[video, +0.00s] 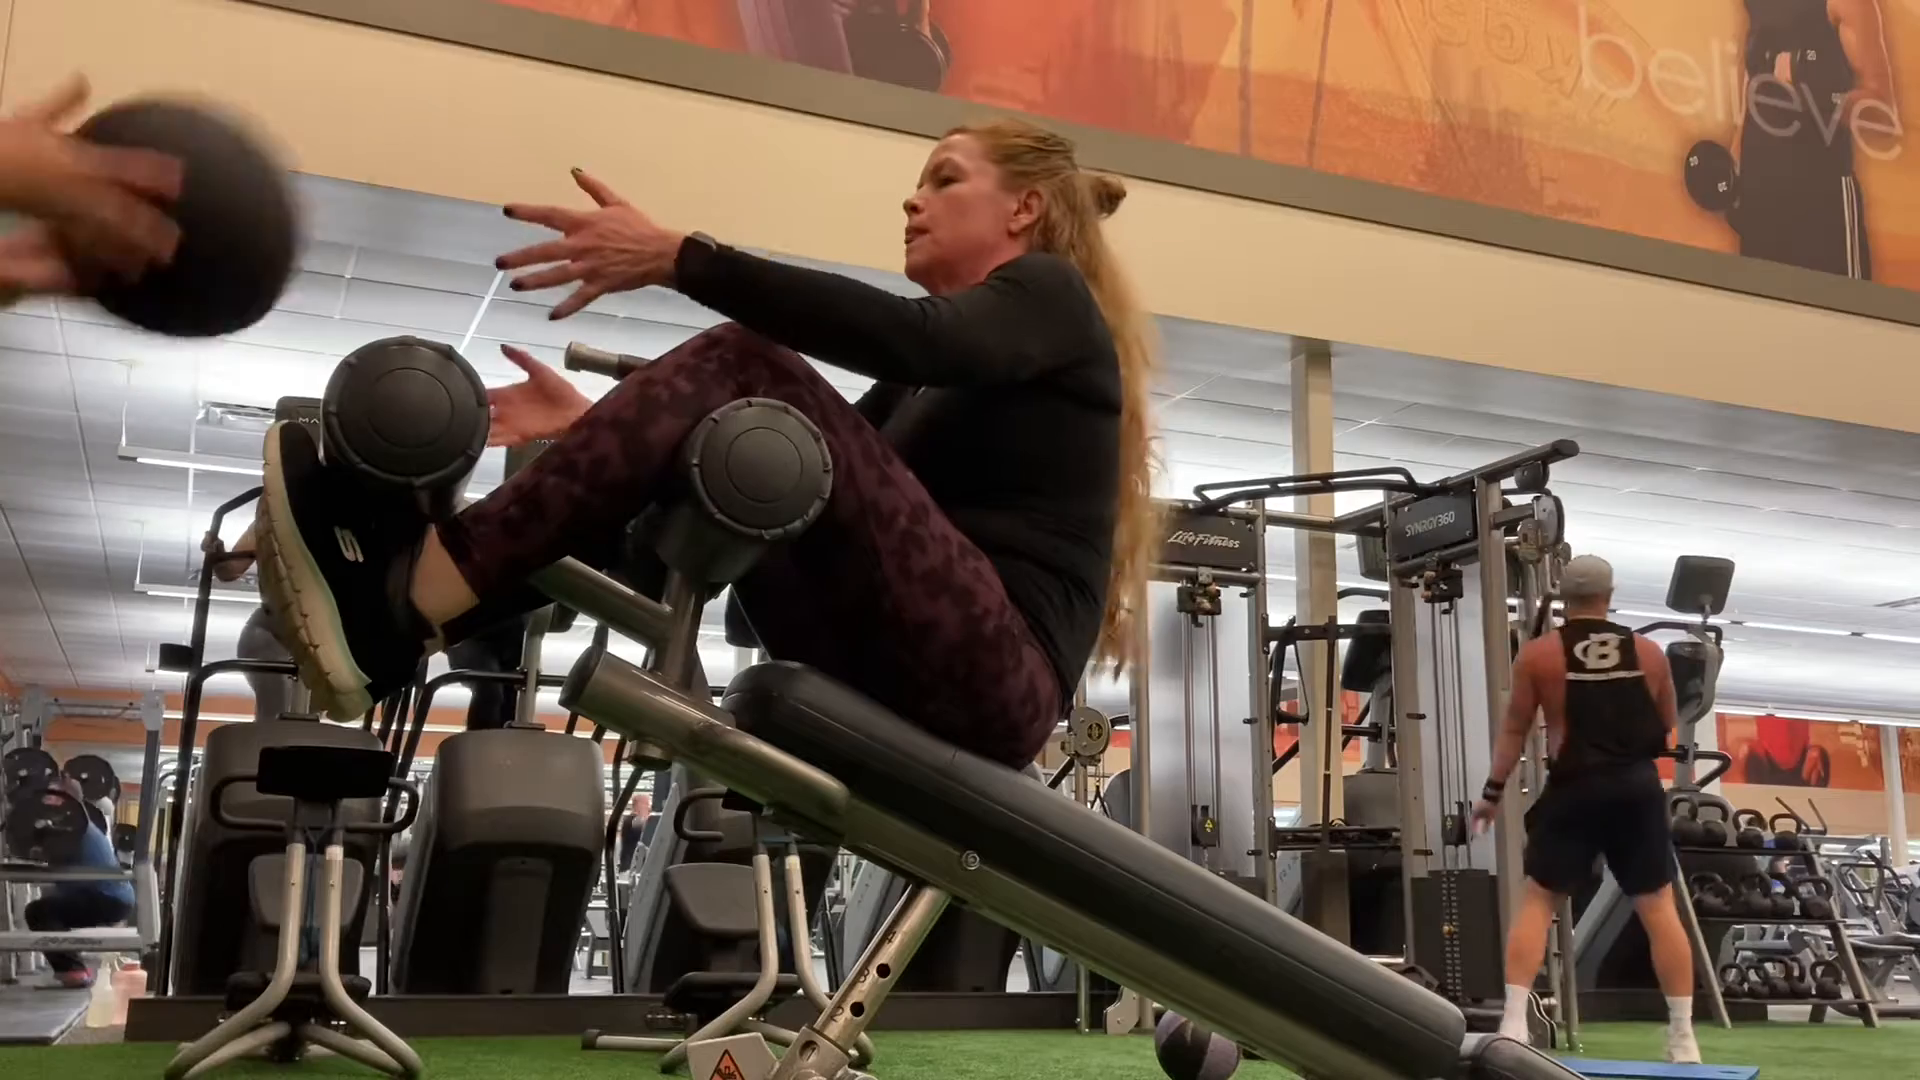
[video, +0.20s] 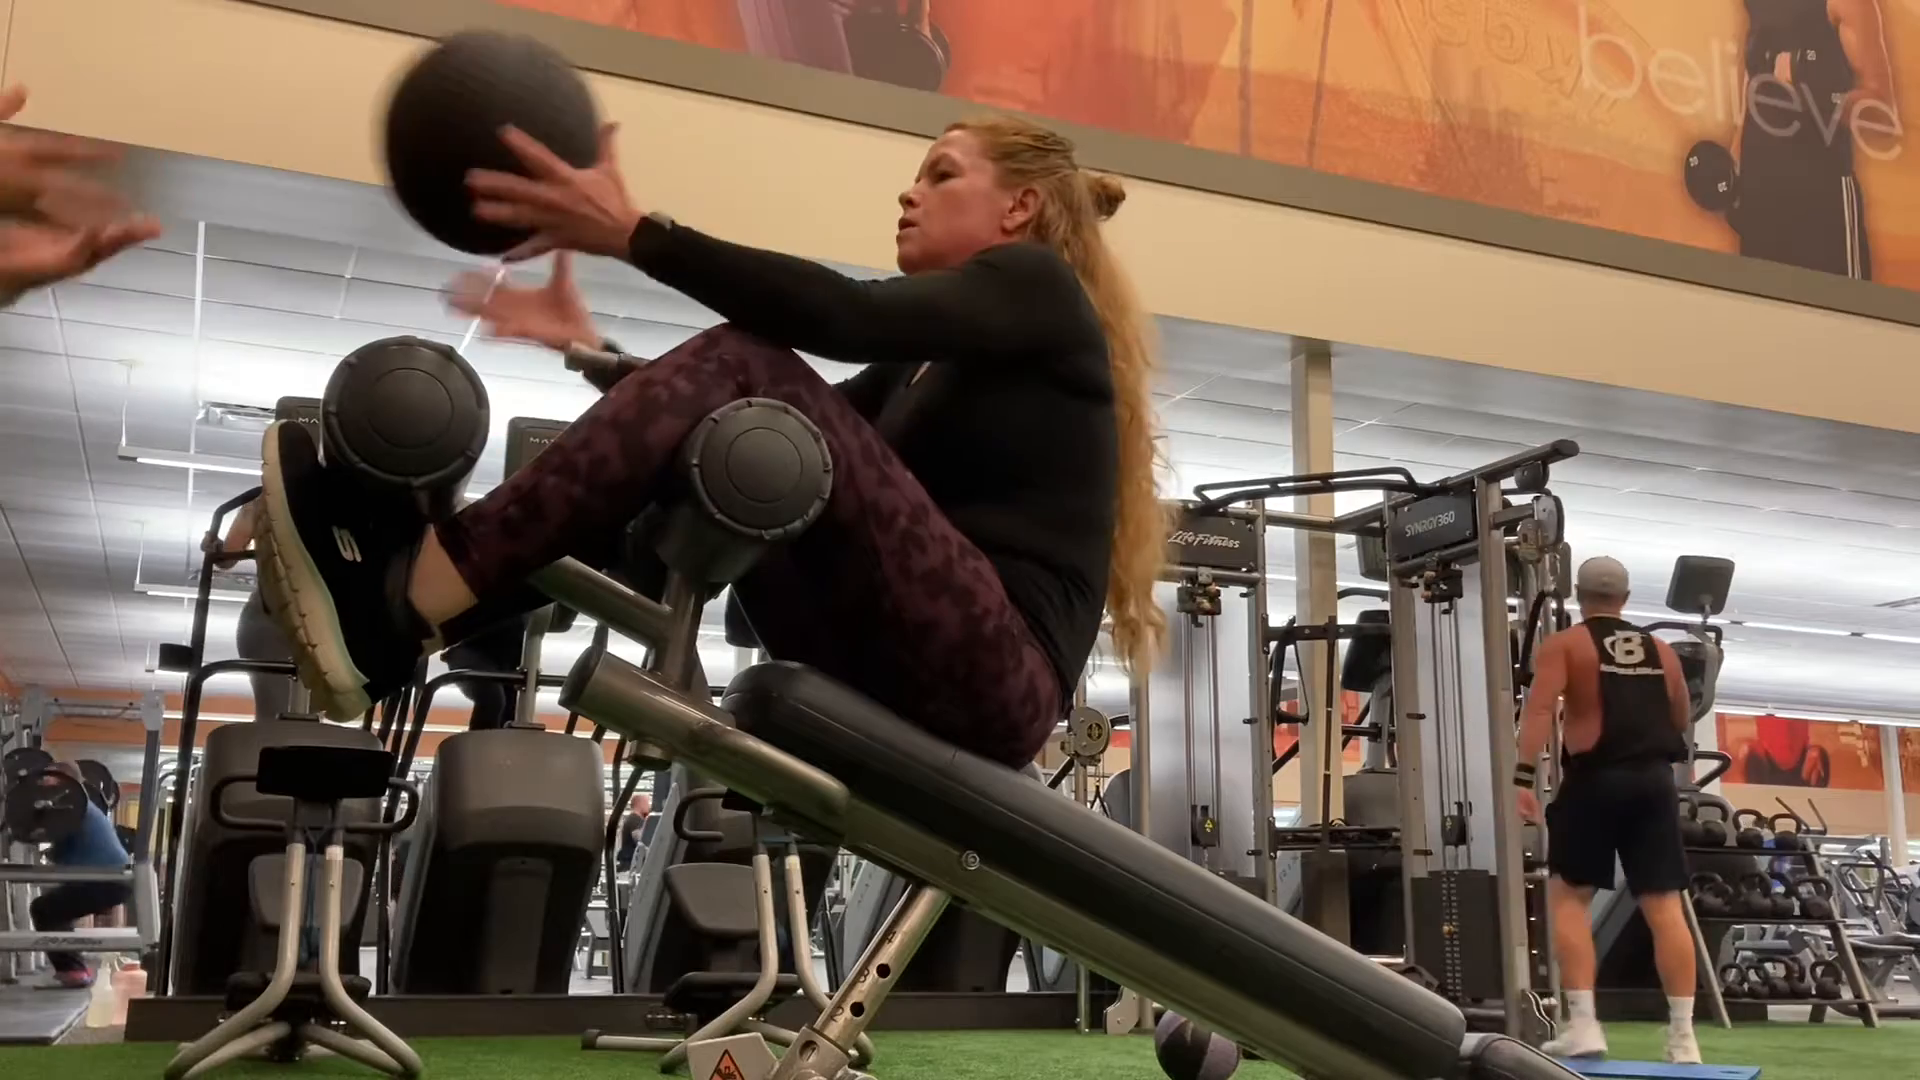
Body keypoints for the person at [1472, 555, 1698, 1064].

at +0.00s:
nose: (1597, 604)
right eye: (1604, 595)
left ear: (1563, 599)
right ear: (1609, 598)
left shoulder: (1538, 654)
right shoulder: (1649, 652)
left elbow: (1514, 730)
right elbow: (1666, 730)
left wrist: (1491, 794)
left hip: (1570, 795)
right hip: (1639, 794)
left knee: (1538, 900)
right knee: (1660, 911)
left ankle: (1513, 1027)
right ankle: (1683, 1039)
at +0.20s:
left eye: (1586, 595)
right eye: (1617, 596)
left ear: (1580, 598)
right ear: (1625, 599)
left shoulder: (1561, 646)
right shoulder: (1660, 648)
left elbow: (1539, 711)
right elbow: (1682, 718)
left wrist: (1523, 777)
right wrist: (1651, 744)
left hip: (1590, 787)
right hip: (1654, 786)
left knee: (1570, 897)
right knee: (1665, 904)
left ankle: (1583, 1026)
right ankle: (1683, 1036)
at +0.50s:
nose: (1554, 611)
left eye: (1556, 603)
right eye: (1557, 604)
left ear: (1566, 605)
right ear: (1600, 605)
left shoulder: (1577, 644)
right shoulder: (1631, 648)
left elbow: (1570, 716)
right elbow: (1668, 719)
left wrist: (1546, 775)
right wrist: (1660, 768)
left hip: (1599, 781)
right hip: (1652, 784)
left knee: (1552, 889)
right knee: (1663, 906)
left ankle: (1572, 1018)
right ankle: (1683, 1035)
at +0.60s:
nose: (1536, 618)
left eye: (1537, 608)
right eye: (1536, 609)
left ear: (1550, 608)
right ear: (1580, 606)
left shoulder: (1570, 645)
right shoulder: (1614, 647)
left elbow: (1571, 719)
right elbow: (1628, 730)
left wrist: (1544, 770)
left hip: (1594, 783)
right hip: (1644, 785)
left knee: (1553, 893)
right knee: (1656, 910)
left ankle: (1536, 1020)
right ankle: (1682, 1037)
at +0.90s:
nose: (1469, 620)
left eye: (1472, 612)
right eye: (1470, 612)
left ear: (1491, 611)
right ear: (1512, 609)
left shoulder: (1509, 652)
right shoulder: (1545, 650)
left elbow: (1518, 724)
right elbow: (1561, 729)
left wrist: (1489, 767)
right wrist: (1502, 772)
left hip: (1537, 787)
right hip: (1579, 785)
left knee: (1523, 904)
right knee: (1603, 902)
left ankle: (1507, 1027)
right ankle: (1668, 1021)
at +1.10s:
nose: (1435, 611)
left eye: (1438, 604)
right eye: (1436, 604)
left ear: (1455, 605)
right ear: (1480, 604)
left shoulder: (1470, 646)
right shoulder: (1510, 647)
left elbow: (1460, 719)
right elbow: (1524, 720)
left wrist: (1433, 748)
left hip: (1495, 784)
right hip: (1533, 781)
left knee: (1501, 904)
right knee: (1539, 896)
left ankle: (1506, 1028)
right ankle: (1615, 997)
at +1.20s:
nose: (1423, 613)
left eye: (1425, 605)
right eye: (1424, 605)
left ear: (1438, 606)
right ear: (1469, 605)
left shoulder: (1454, 647)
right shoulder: (1498, 646)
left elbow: (1440, 718)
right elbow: (1502, 720)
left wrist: (1419, 740)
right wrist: (1445, 742)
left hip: (1482, 785)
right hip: (1514, 781)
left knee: (1491, 907)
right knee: (1510, 901)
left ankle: (1505, 1028)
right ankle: (1564, 1003)